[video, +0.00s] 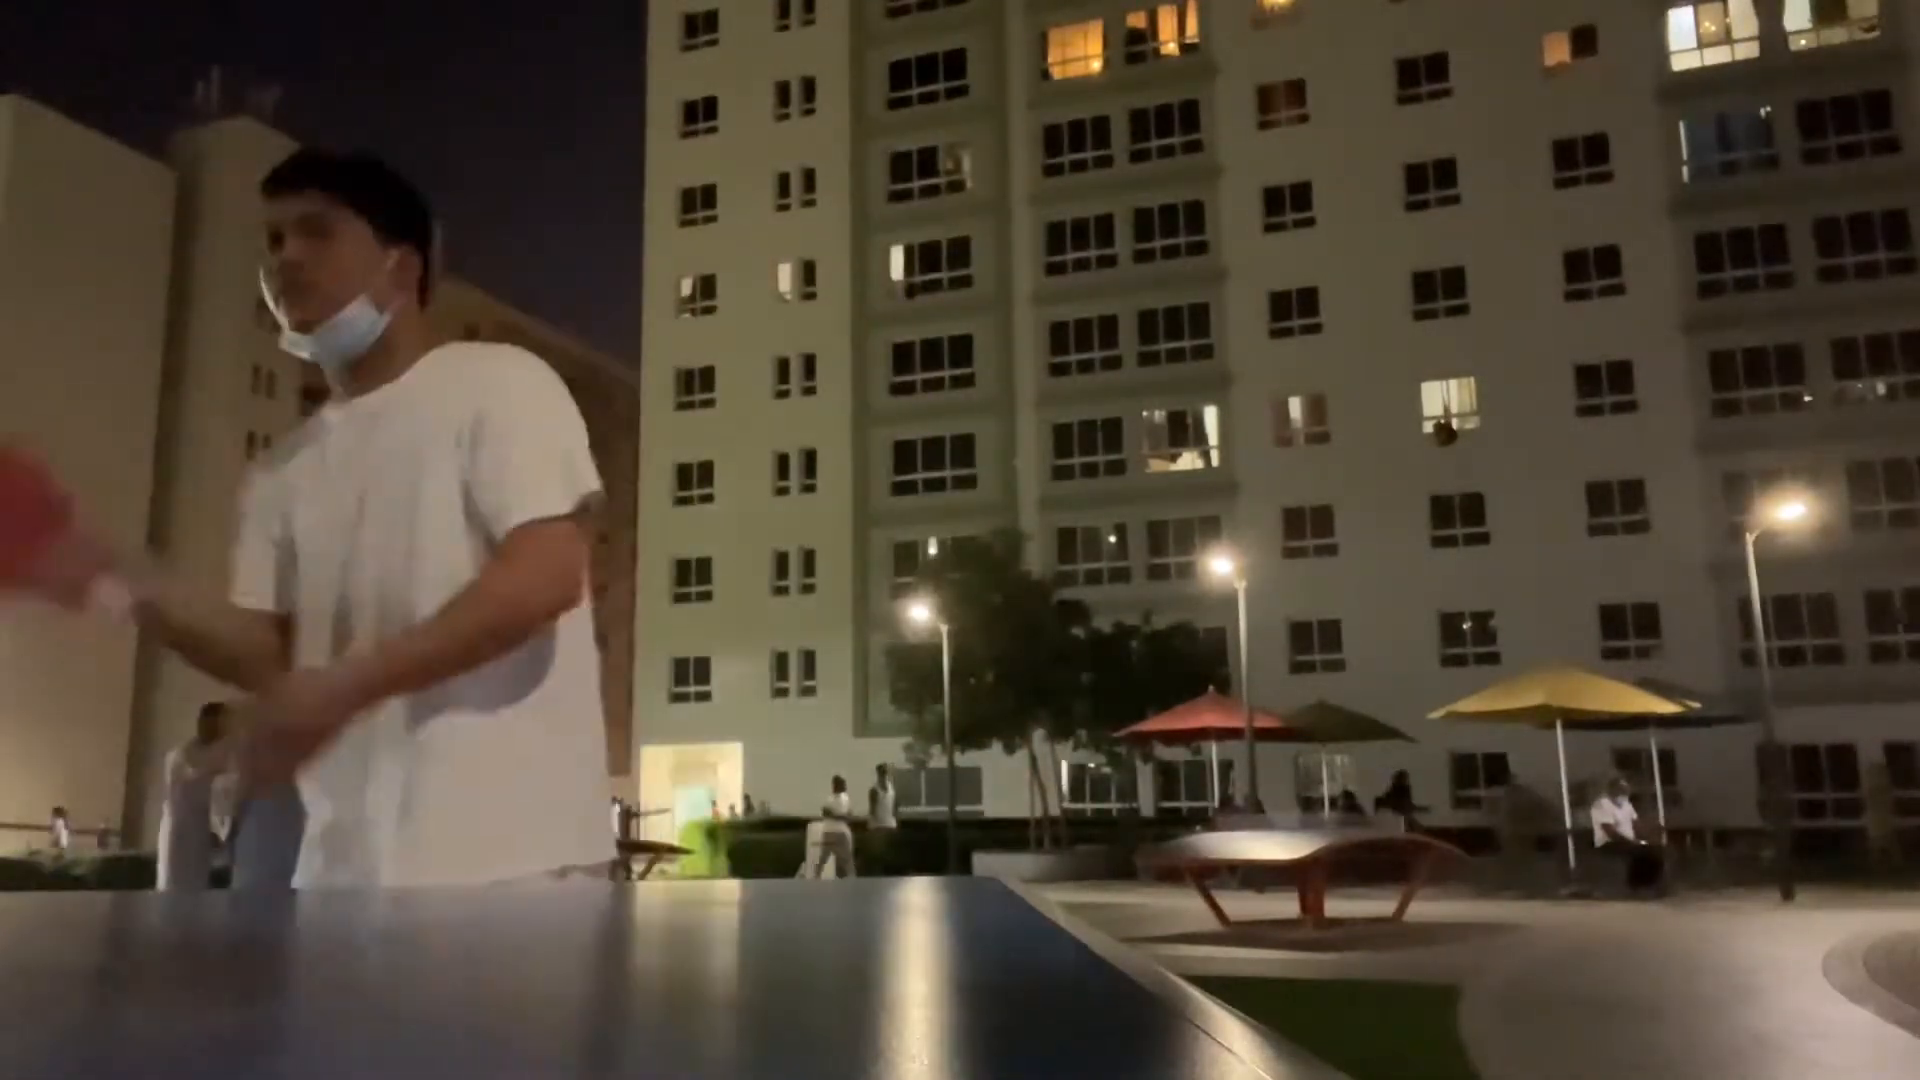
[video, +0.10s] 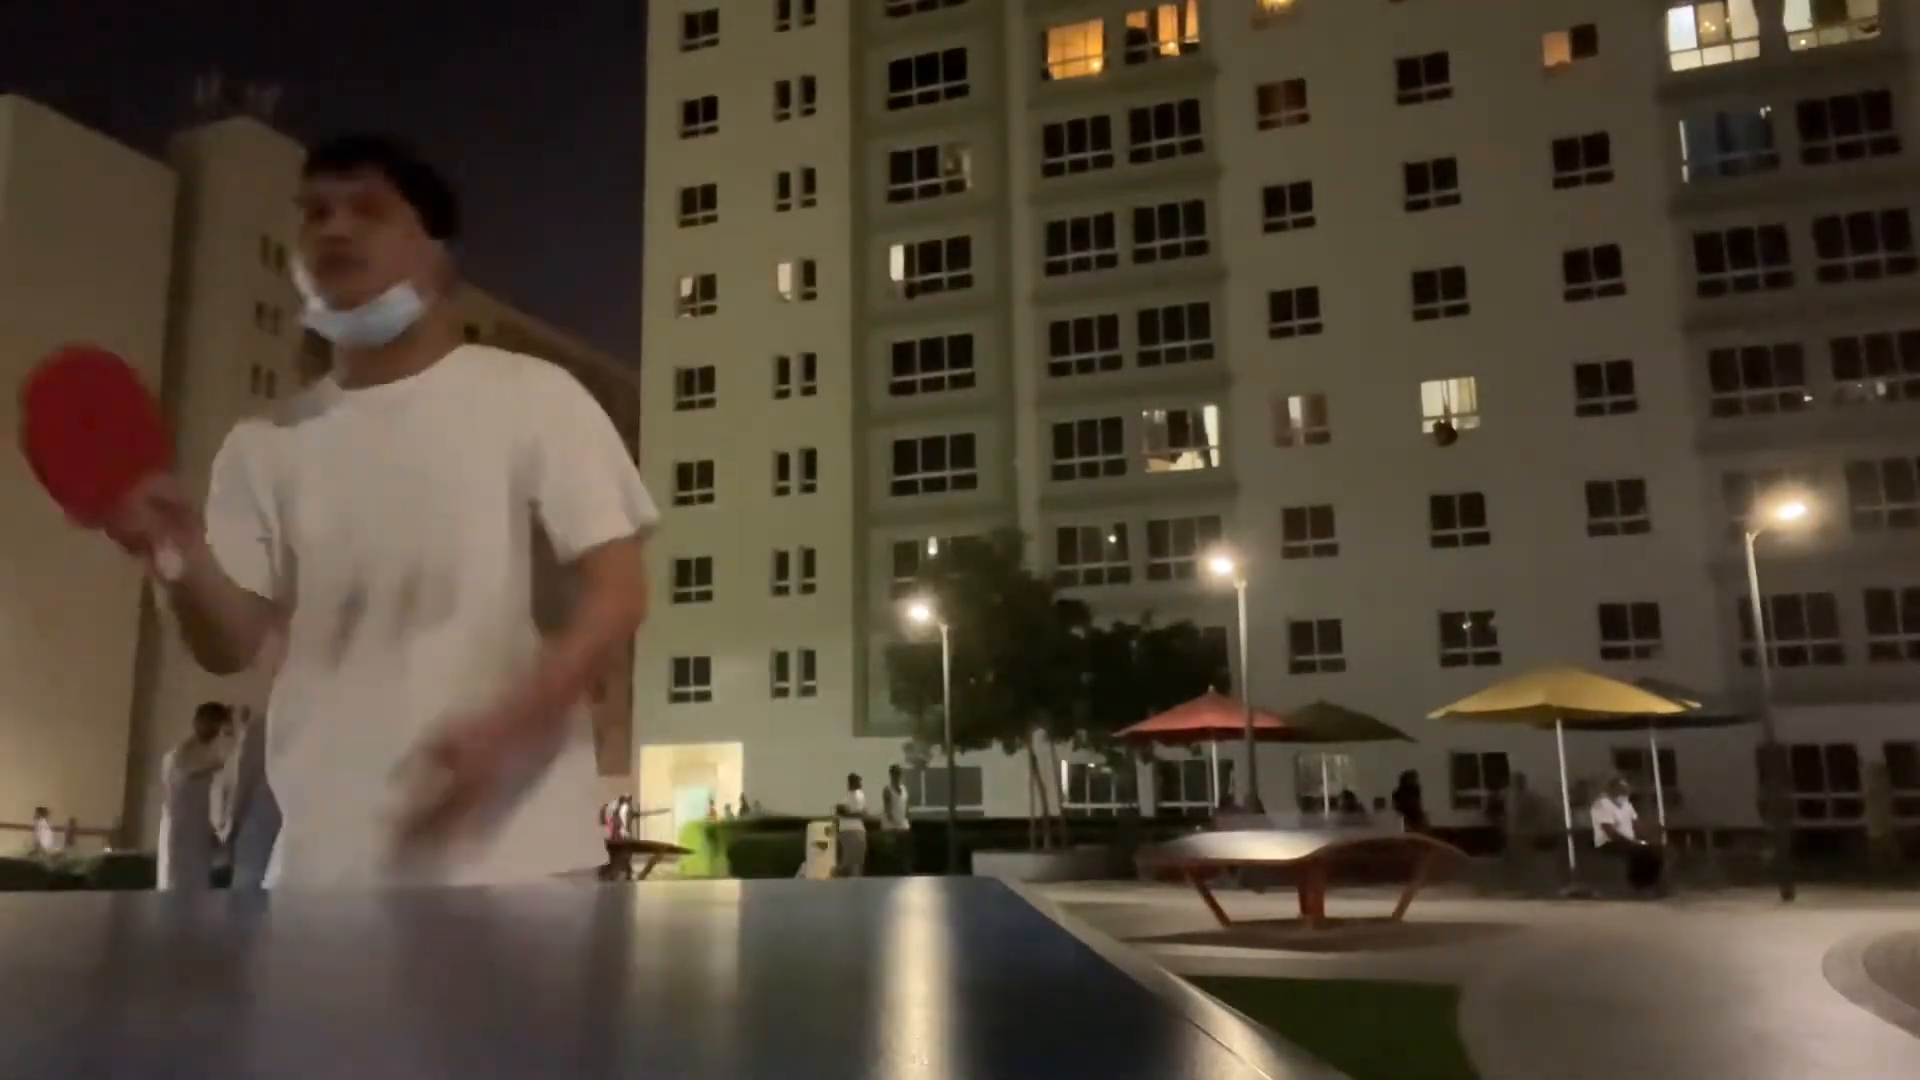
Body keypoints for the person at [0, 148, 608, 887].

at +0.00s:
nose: (284, 261)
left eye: (316, 233)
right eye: (274, 242)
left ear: (401, 266)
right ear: (260, 277)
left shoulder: (497, 385)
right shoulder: (281, 474)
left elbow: (548, 571)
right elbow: (265, 656)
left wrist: (342, 688)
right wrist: (123, 582)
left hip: (512, 869)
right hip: (347, 880)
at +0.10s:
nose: (336, 231)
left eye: (369, 210)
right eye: (315, 214)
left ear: (435, 249)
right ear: (296, 253)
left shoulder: (534, 403)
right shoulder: (263, 449)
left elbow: (616, 595)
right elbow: (231, 647)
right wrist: (181, 559)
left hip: (515, 868)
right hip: (329, 874)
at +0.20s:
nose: (397, 221)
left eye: (431, 200)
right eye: (374, 201)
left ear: (495, 251)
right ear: (349, 243)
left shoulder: (580, 416)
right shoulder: (292, 428)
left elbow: (665, 612)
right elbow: (252, 630)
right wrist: (190, 602)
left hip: (516, 862)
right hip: (330, 862)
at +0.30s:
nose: (399, 219)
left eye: (433, 198)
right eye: (375, 196)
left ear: (492, 250)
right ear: (346, 237)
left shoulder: (579, 415)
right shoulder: (282, 425)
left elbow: (670, 621)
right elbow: (233, 614)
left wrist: (683, 805)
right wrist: (179, 646)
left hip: (513, 868)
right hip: (310, 870)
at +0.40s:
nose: (349, 208)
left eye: (383, 188)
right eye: (327, 187)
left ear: (446, 238)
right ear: (296, 226)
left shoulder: (539, 413)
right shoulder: (227, 424)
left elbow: (646, 607)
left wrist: (666, 794)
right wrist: (118, 627)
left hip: (481, 876)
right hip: (269, 881)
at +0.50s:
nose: (345, 212)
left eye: (380, 191)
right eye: (321, 190)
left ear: (446, 240)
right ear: (291, 228)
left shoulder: (534, 417)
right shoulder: (211, 417)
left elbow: (635, 612)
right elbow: (63, 604)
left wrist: (636, 803)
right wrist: (133, 616)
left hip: (472, 868)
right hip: (258, 871)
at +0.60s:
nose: (478, 253)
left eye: (512, 230)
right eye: (452, 227)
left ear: (567, 270)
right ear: (416, 255)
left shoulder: (633, 454)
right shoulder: (314, 432)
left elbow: (704, 647)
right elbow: (159, 613)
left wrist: (700, 827)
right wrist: (286, 631)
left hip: (550, 894)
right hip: (329, 892)